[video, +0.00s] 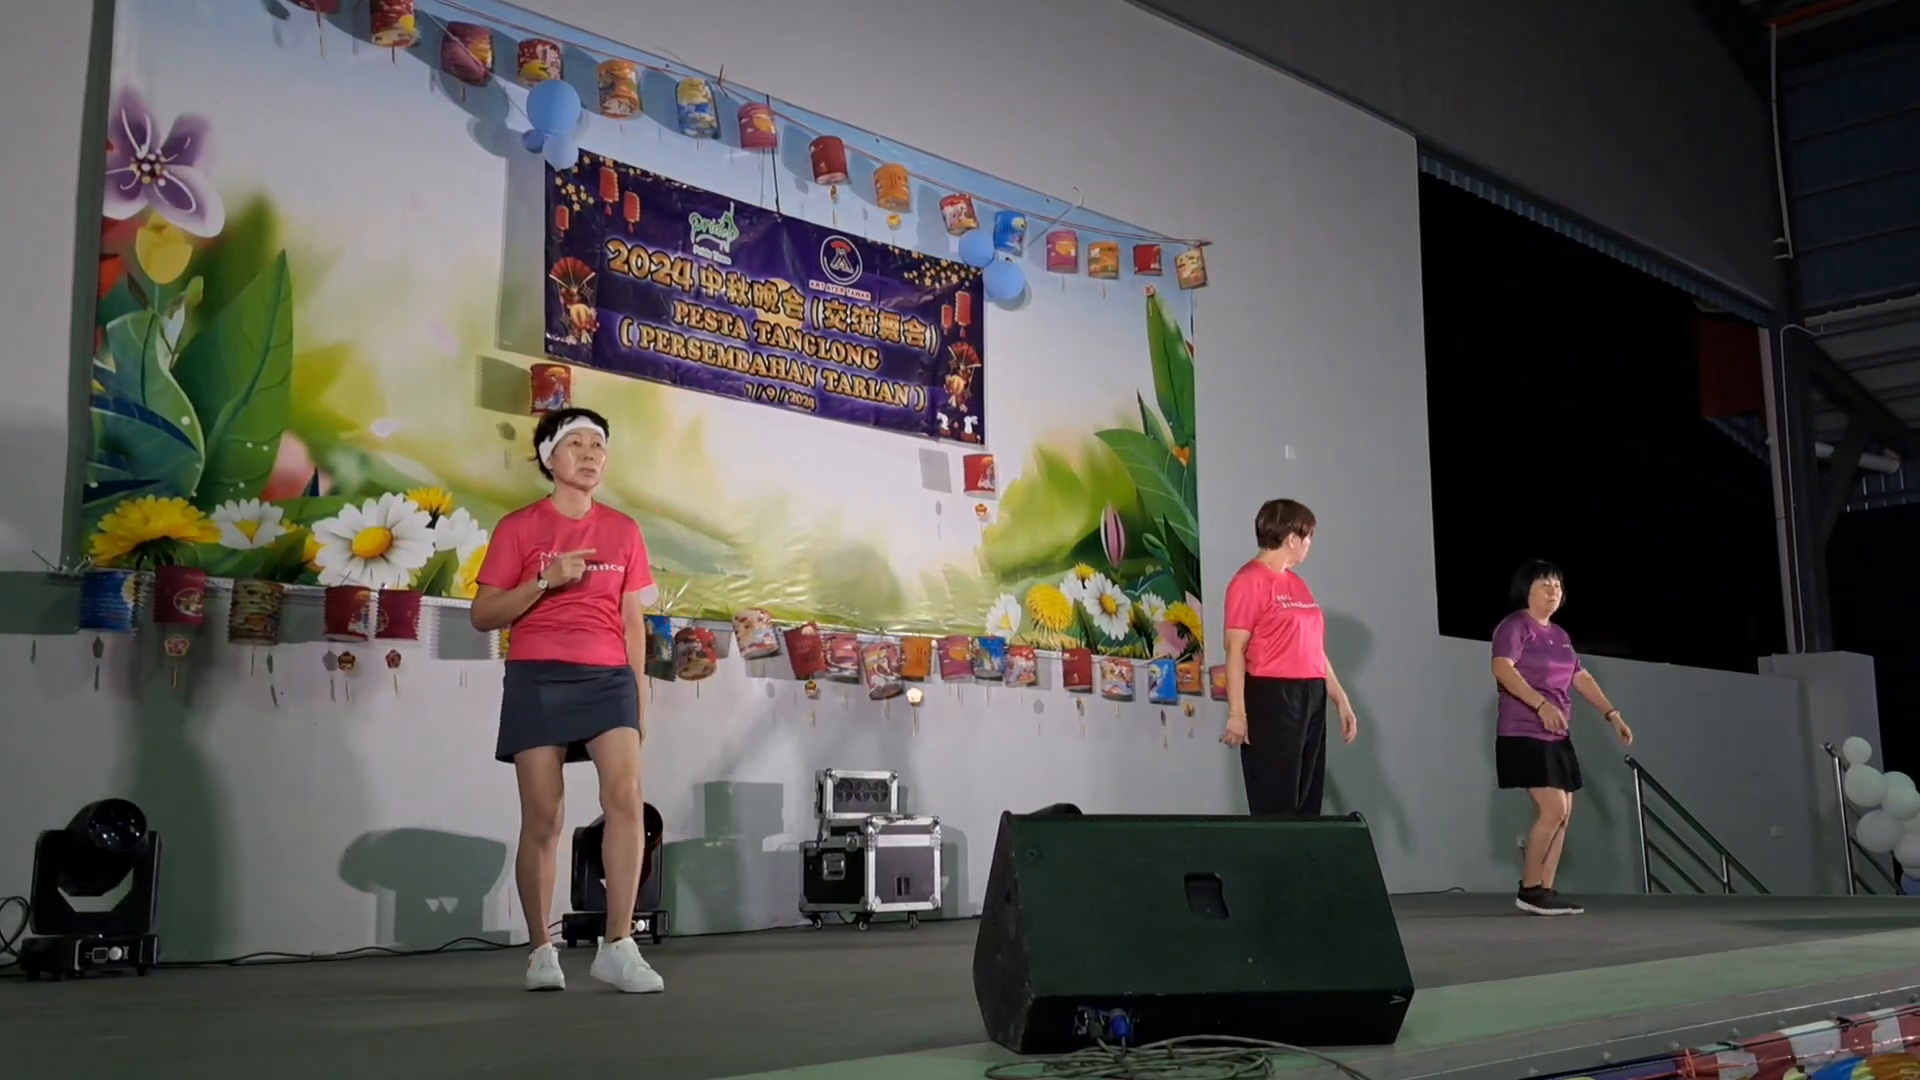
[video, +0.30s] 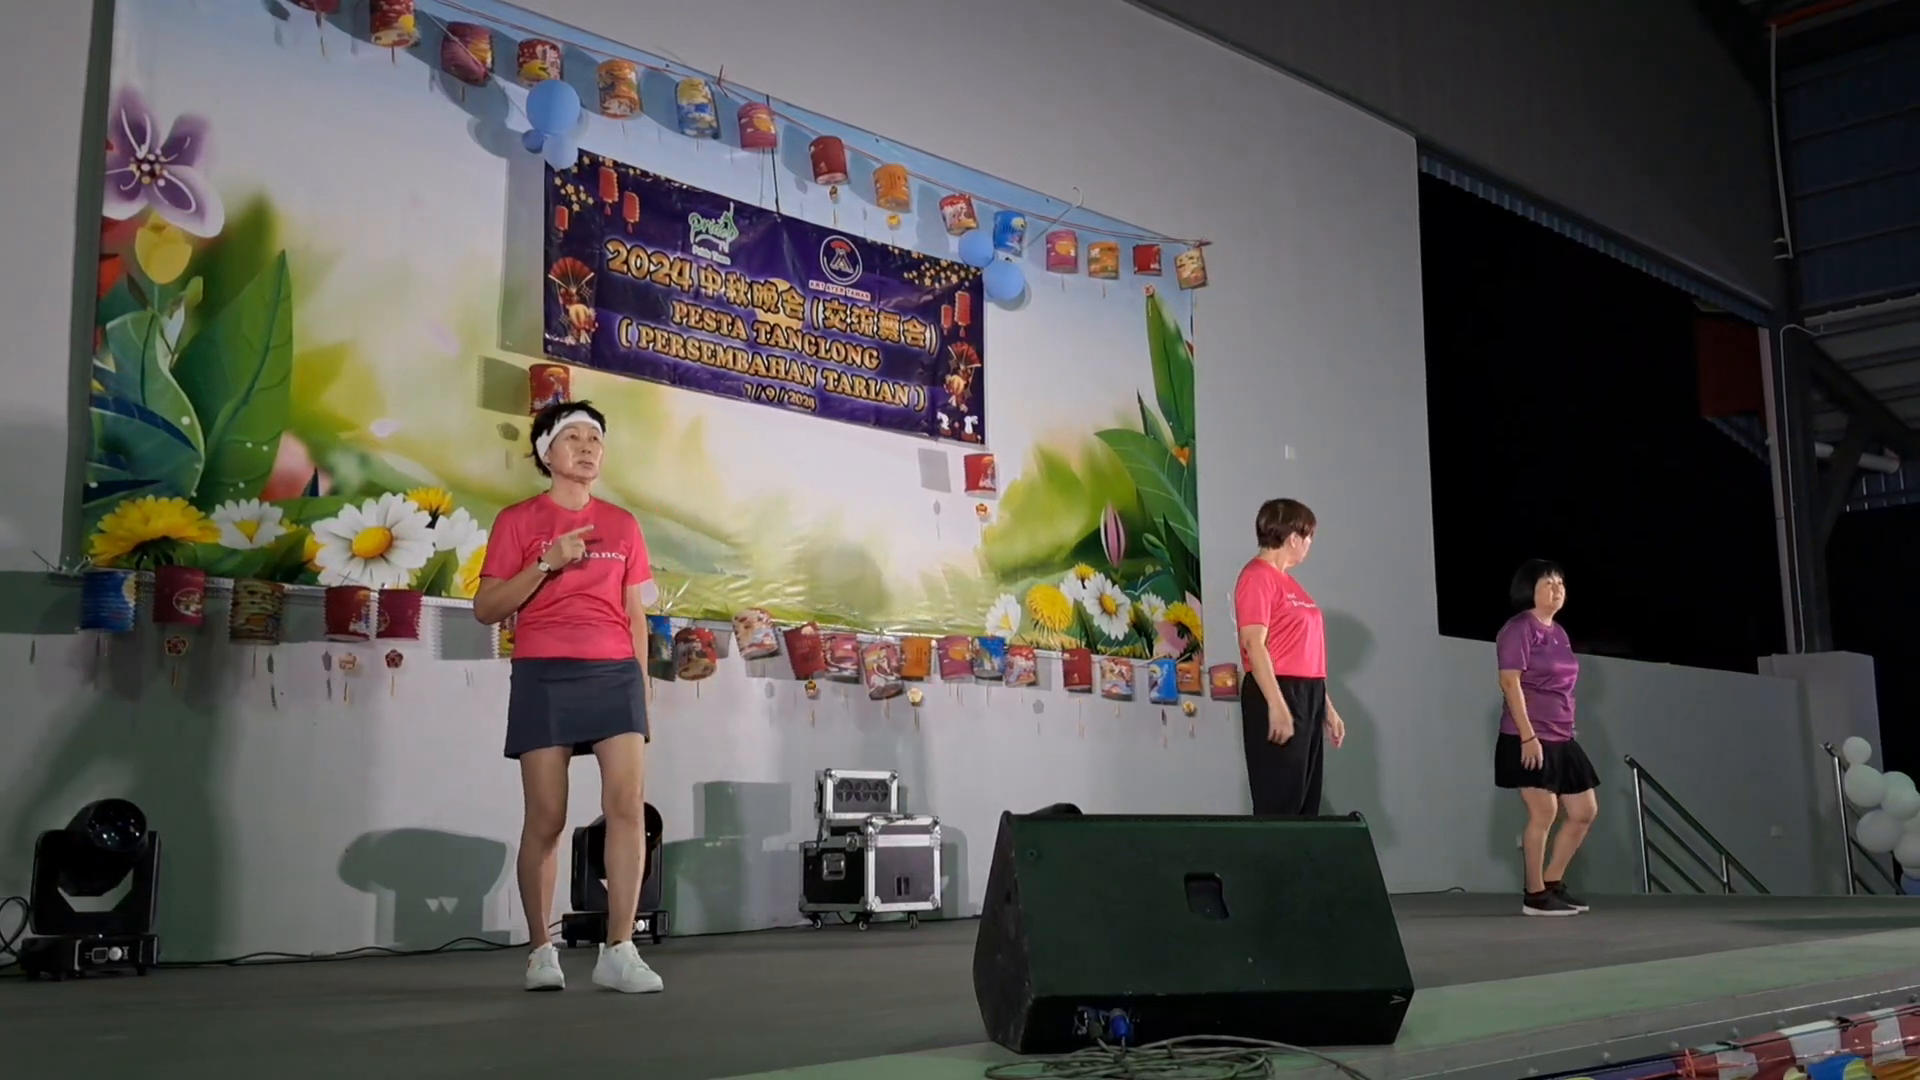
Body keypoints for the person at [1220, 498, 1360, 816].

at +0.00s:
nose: (1310, 545)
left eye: (1311, 537)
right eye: (1308, 536)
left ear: (1287, 539)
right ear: (1291, 538)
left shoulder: (1296, 582)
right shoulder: (1249, 581)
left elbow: (1314, 649)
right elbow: (1234, 650)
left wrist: (1341, 698)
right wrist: (1236, 714)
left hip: (1311, 700)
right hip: (1272, 699)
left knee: (1306, 806)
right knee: (1277, 807)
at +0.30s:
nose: (1310, 545)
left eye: (1311, 537)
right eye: (1308, 536)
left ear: (1286, 537)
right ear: (1292, 536)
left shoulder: (1287, 580)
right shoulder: (1257, 576)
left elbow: (1302, 653)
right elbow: (1253, 644)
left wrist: (1326, 707)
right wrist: (1277, 705)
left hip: (1307, 695)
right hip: (1279, 695)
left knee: (1304, 805)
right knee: (1280, 807)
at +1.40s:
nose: (1305, 537)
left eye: (1306, 529)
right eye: (1298, 528)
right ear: (1271, 534)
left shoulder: (1299, 583)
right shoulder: (1252, 578)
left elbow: (1317, 649)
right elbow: (1241, 646)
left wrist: (1348, 697)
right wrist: (1251, 709)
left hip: (1311, 700)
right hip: (1273, 698)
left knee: (1306, 808)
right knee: (1275, 809)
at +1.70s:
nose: (1304, 536)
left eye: (1303, 529)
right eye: (1299, 528)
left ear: (1278, 534)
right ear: (1278, 532)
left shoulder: (1287, 580)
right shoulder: (1252, 574)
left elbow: (1301, 648)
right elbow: (1243, 643)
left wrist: (1320, 696)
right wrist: (1258, 707)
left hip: (1299, 694)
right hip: (1268, 694)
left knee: (1297, 798)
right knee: (1267, 799)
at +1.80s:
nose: (1299, 536)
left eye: (1298, 528)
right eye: (1295, 528)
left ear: (1274, 532)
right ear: (1279, 532)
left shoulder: (1276, 577)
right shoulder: (1252, 573)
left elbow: (1292, 652)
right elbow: (1244, 642)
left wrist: (1319, 704)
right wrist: (1264, 705)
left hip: (1292, 695)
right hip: (1266, 693)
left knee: (1292, 798)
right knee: (1265, 800)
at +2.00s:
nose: (1289, 538)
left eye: (1290, 529)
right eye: (1287, 529)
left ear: (1252, 528)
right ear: (1272, 529)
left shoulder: (1260, 572)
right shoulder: (1250, 568)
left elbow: (1271, 647)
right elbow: (1250, 635)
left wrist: (1298, 705)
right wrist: (1274, 697)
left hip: (1275, 688)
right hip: (1258, 688)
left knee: (1282, 797)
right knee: (1260, 798)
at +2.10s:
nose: (1286, 541)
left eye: (1287, 533)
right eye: (1284, 532)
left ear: (1249, 529)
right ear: (1270, 531)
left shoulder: (1248, 567)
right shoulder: (1248, 567)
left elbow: (1253, 635)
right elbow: (1251, 633)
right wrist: (1280, 696)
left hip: (1272, 680)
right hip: (1257, 681)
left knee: (1279, 789)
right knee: (1259, 790)